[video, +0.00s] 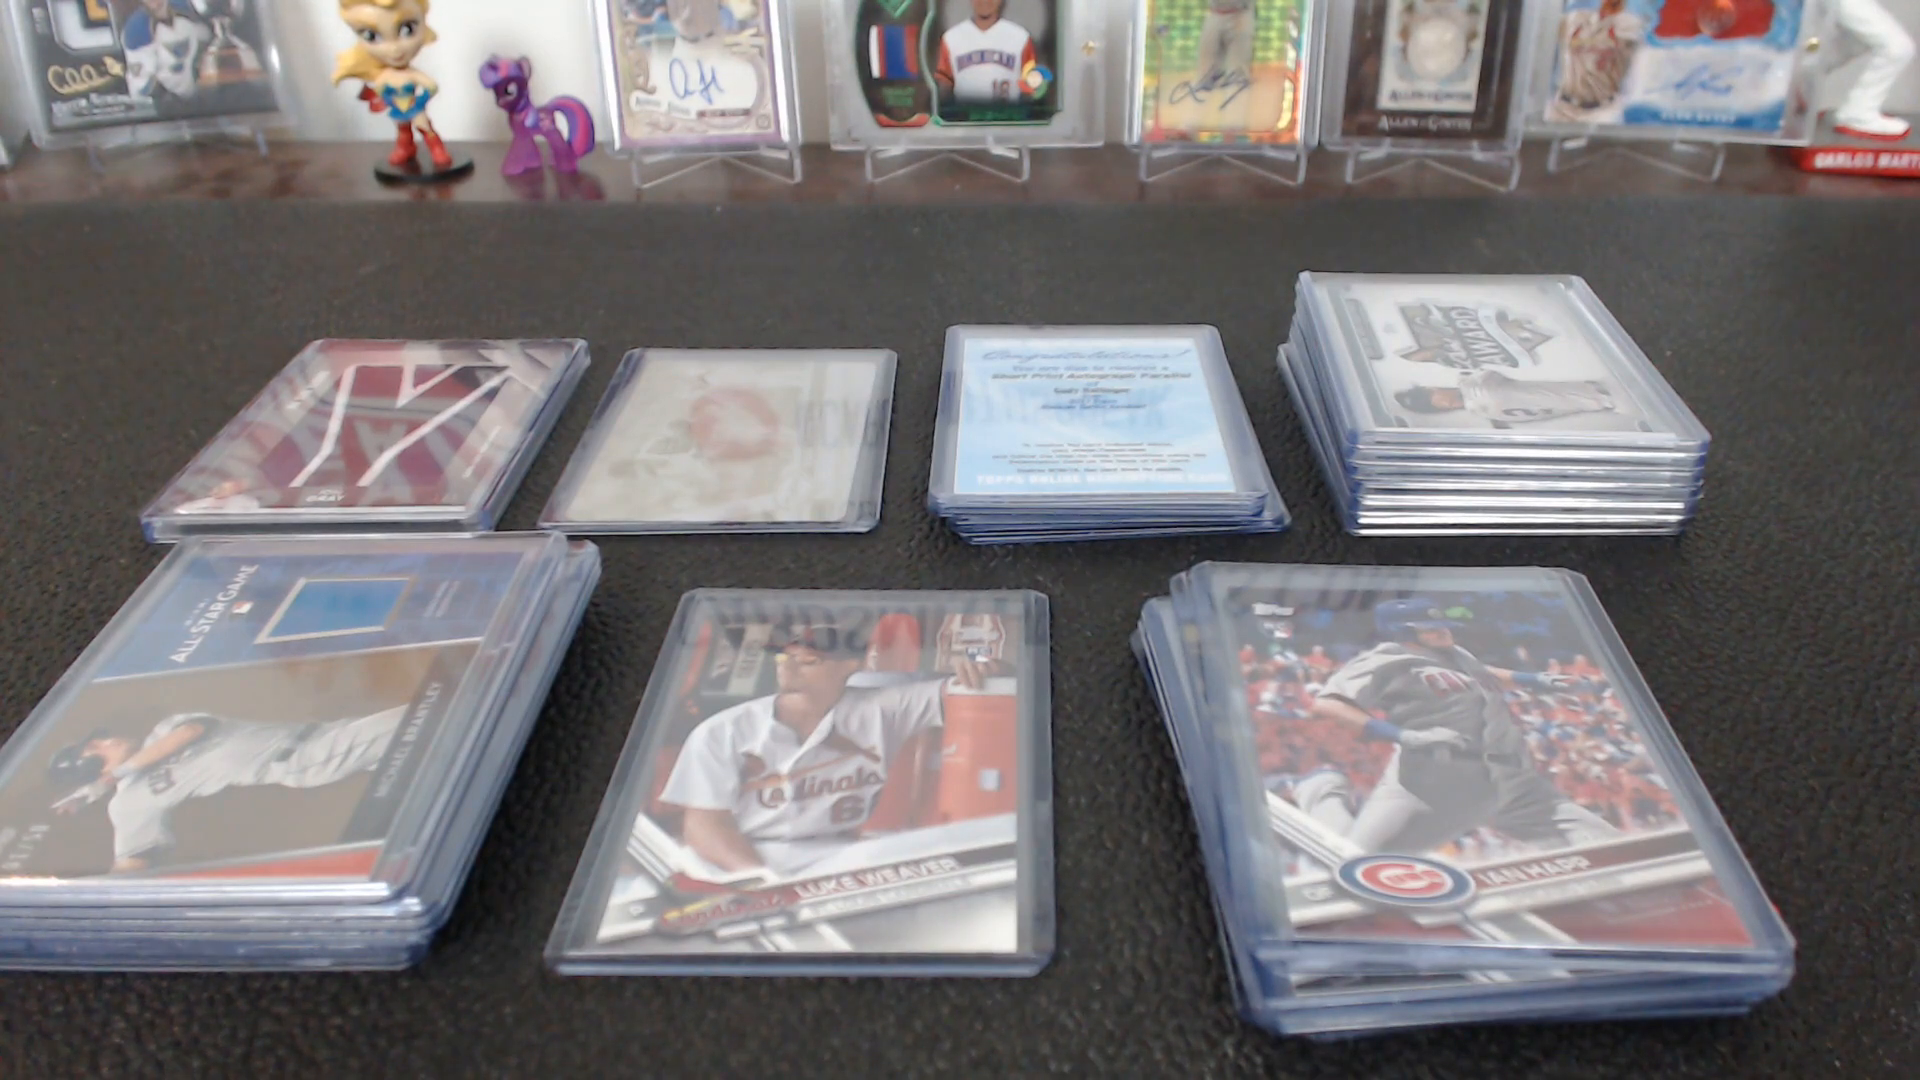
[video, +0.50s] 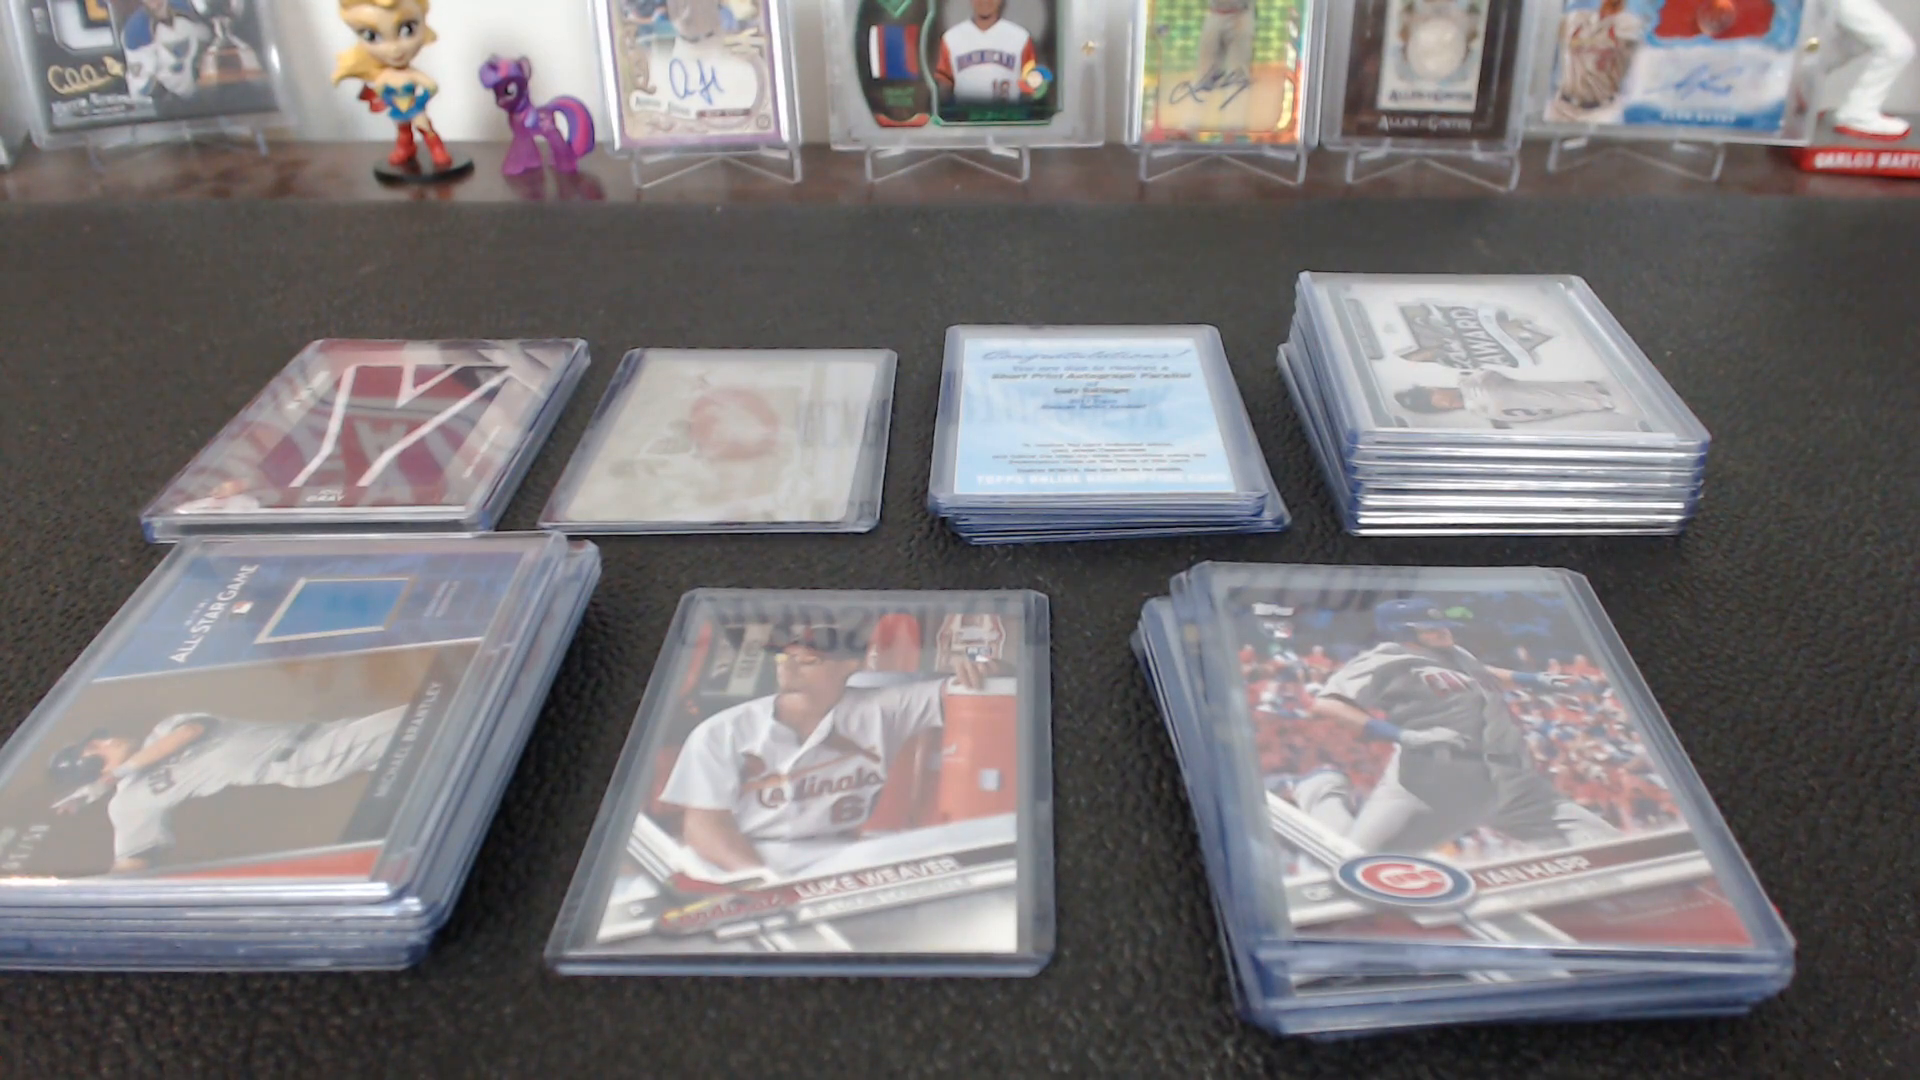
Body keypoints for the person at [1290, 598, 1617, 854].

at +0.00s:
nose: (1447, 630)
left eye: (1446, 622)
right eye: (1435, 623)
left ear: (1447, 626)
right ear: (1406, 629)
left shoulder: (1459, 656)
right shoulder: (1387, 659)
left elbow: (1490, 676)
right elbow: (1328, 704)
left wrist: (1539, 682)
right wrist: (1405, 736)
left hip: (1511, 789)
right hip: (1429, 797)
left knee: (1614, 850)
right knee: (1353, 869)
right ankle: (1321, 792)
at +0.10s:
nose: (1446, 631)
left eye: (1446, 623)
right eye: (1434, 624)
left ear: (1446, 627)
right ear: (1406, 630)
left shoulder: (1459, 657)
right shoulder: (1387, 659)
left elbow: (1490, 676)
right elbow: (1328, 704)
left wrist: (1539, 682)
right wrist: (1405, 736)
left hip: (1509, 789)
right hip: (1428, 796)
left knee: (1612, 849)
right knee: (1353, 868)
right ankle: (1321, 792)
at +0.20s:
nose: (1446, 631)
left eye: (1446, 623)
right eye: (1435, 624)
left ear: (1447, 627)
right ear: (1406, 630)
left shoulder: (1459, 657)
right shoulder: (1387, 659)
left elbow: (1490, 676)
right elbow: (1328, 704)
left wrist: (1539, 682)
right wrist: (1405, 736)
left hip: (1509, 789)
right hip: (1428, 796)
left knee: (1612, 849)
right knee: (1353, 868)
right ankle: (1321, 792)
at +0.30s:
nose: (1446, 631)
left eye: (1445, 623)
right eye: (1434, 624)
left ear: (1446, 627)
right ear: (1406, 630)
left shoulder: (1459, 657)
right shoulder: (1387, 659)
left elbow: (1490, 676)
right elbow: (1328, 704)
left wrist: (1539, 682)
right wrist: (1405, 736)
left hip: (1509, 789)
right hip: (1428, 796)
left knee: (1612, 849)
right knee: (1354, 868)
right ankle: (1321, 792)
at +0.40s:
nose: (1446, 631)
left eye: (1446, 623)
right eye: (1434, 624)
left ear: (1447, 627)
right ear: (1406, 630)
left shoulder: (1459, 657)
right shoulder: (1387, 659)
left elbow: (1490, 676)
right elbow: (1328, 704)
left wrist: (1539, 682)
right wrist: (1405, 736)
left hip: (1509, 789)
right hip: (1429, 796)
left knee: (1613, 850)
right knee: (1354, 868)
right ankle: (1321, 792)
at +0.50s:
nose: (1446, 631)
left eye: (1446, 623)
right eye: (1434, 624)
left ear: (1447, 627)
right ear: (1406, 630)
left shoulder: (1459, 657)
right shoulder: (1387, 659)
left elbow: (1490, 676)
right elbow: (1328, 704)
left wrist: (1539, 682)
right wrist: (1404, 736)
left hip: (1509, 789)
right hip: (1429, 796)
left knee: (1613, 850)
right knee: (1353, 868)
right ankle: (1321, 792)